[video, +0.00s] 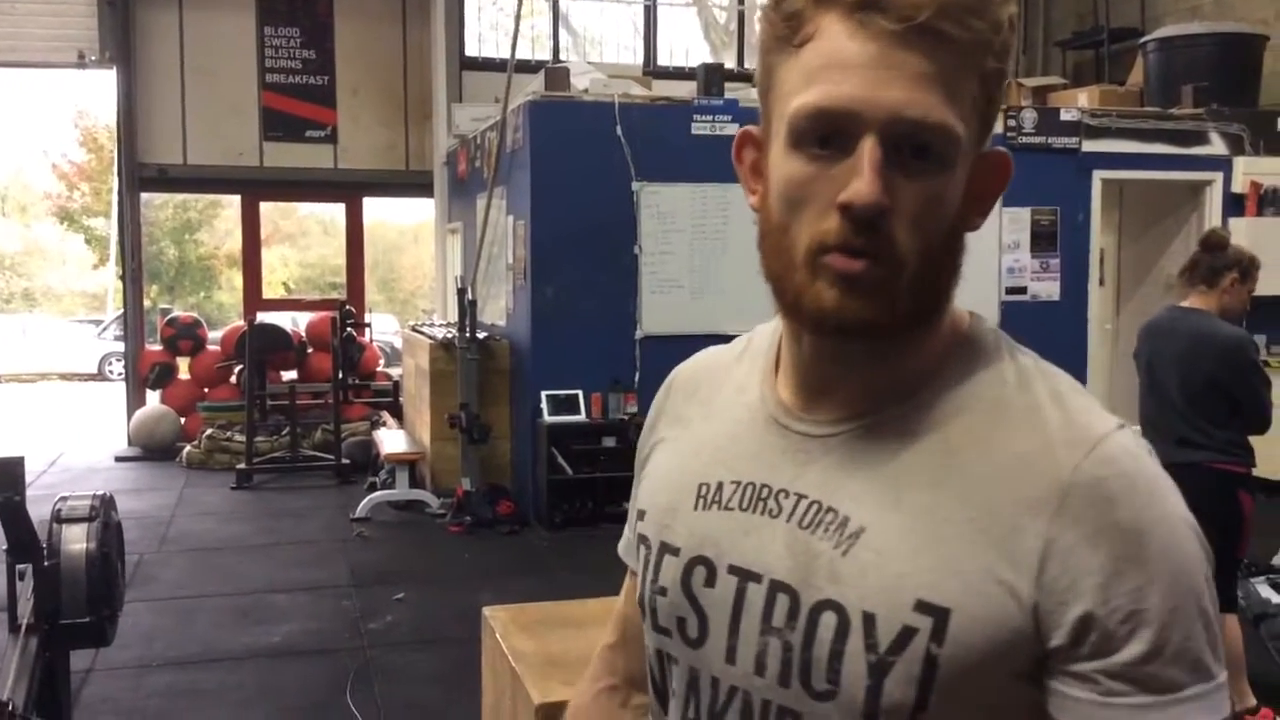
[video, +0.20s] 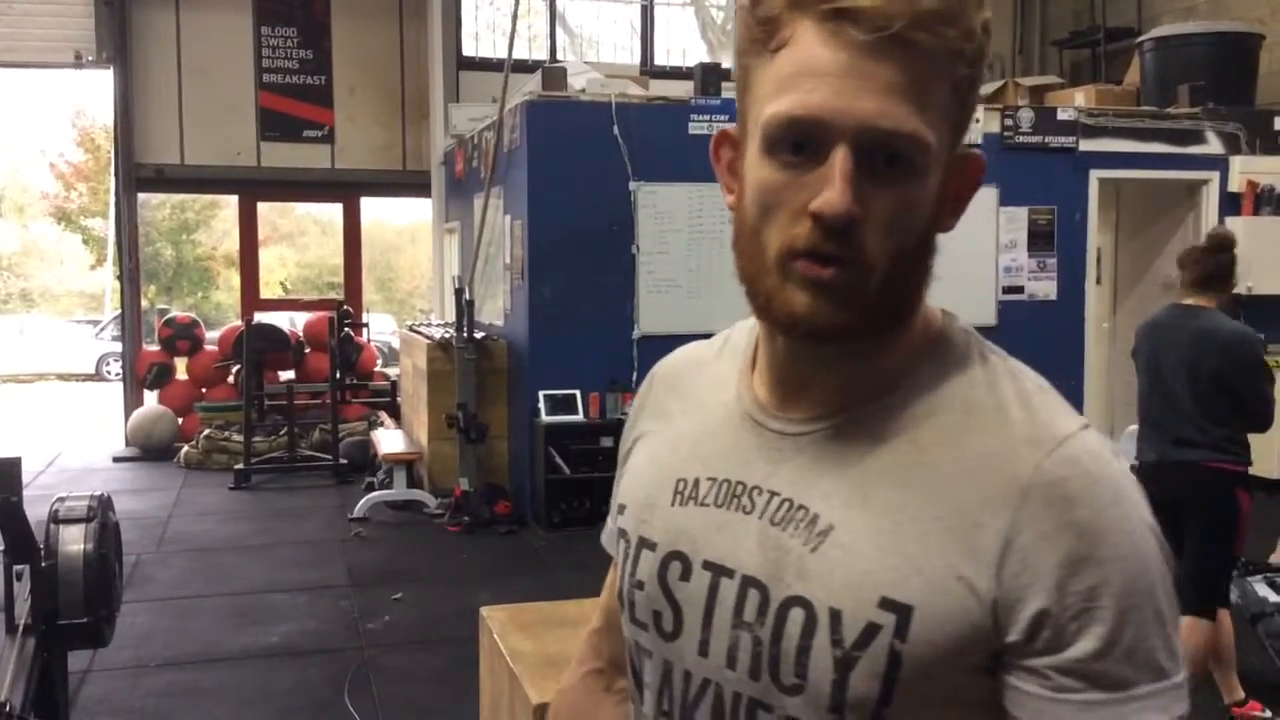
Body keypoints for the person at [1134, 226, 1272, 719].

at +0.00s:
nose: (1248, 303)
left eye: (1250, 292)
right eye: (1248, 291)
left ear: (1197, 277)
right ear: (1228, 283)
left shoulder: (1152, 330)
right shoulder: (1232, 341)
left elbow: (1155, 393)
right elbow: (1259, 417)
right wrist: (1207, 402)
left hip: (1161, 472)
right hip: (1219, 477)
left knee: (1170, 587)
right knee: (1223, 595)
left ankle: (1171, 697)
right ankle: (1240, 701)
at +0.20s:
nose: (1230, 285)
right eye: (1229, 278)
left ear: (1182, 278)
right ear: (1228, 282)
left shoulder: (1149, 331)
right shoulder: (1239, 339)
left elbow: (1154, 393)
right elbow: (1260, 417)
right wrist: (1210, 398)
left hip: (1157, 474)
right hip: (1217, 478)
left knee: (1211, 594)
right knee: (1196, 602)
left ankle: (1235, 701)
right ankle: (1170, 705)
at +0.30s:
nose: (1170, 279)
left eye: (1173, 272)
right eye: (1172, 272)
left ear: (1182, 277)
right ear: (1227, 280)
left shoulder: (1150, 330)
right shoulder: (1251, 333)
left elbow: (1150, 393)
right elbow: (1266, 412)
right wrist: (1217, 408)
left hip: (1157, 476)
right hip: (1223, 478)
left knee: (1209, 589)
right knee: (1199, 601)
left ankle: (1236, 696)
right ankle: (1179, 710)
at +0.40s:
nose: (1159, 281)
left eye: (1165, 273)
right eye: (1161, 272)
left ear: (1188, 277)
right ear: (1217, 278)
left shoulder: (1149, 330)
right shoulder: (1259, 330)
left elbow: (1152, 388)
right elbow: (1265, 406)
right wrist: (1215, 399)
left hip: (1159, 477)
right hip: (1229, 479)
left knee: (1207, 590)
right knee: (1202, 598)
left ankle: (1236, 693)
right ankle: (1180, 706)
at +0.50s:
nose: (1158, 277)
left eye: (1167, 268)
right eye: (1160, 267)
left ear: (1198, 275)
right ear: (1211, 275)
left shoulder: (1154, 327)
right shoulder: (1263, 325)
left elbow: (1146, 384)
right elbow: (1264, 399)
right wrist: (1218, 397)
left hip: (1166, 474)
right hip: (1236, 475)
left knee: (1205, 590)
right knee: (1208, 594)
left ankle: (1238, 687)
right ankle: (1183, 702)